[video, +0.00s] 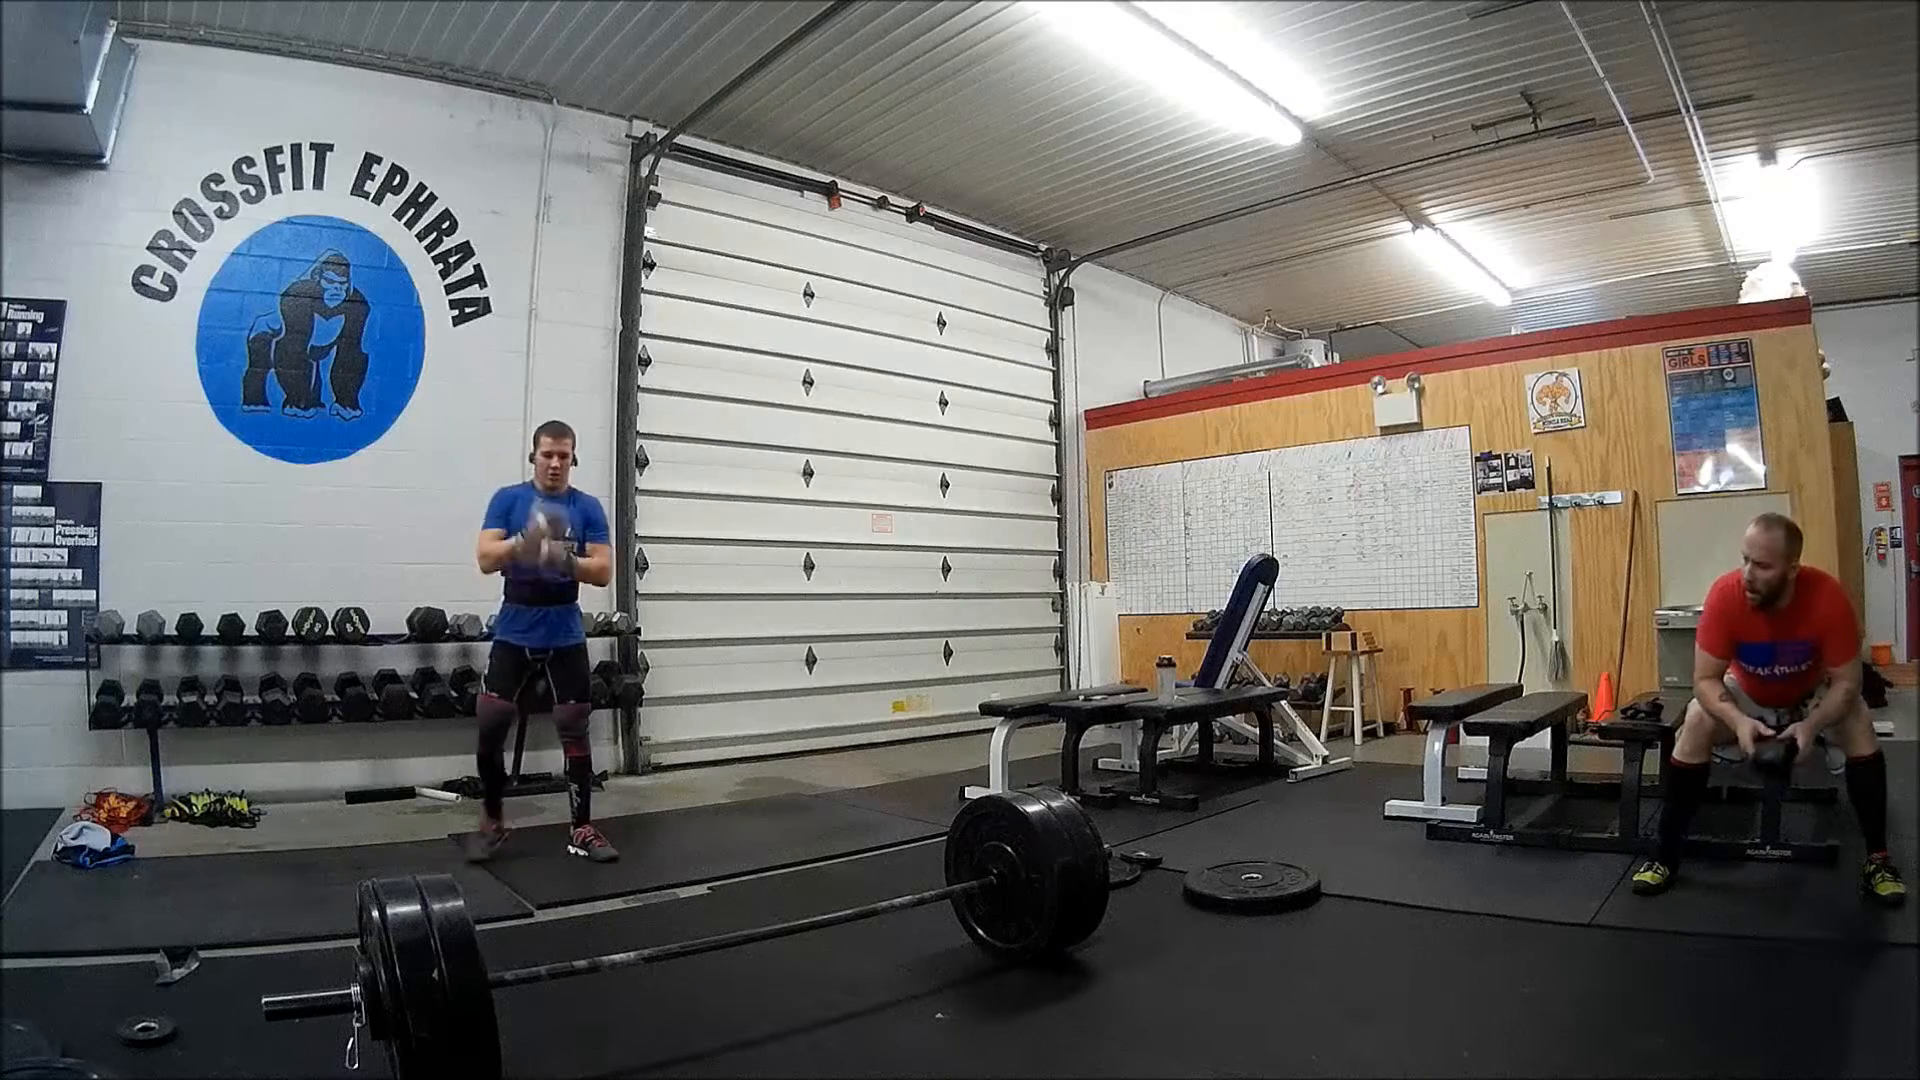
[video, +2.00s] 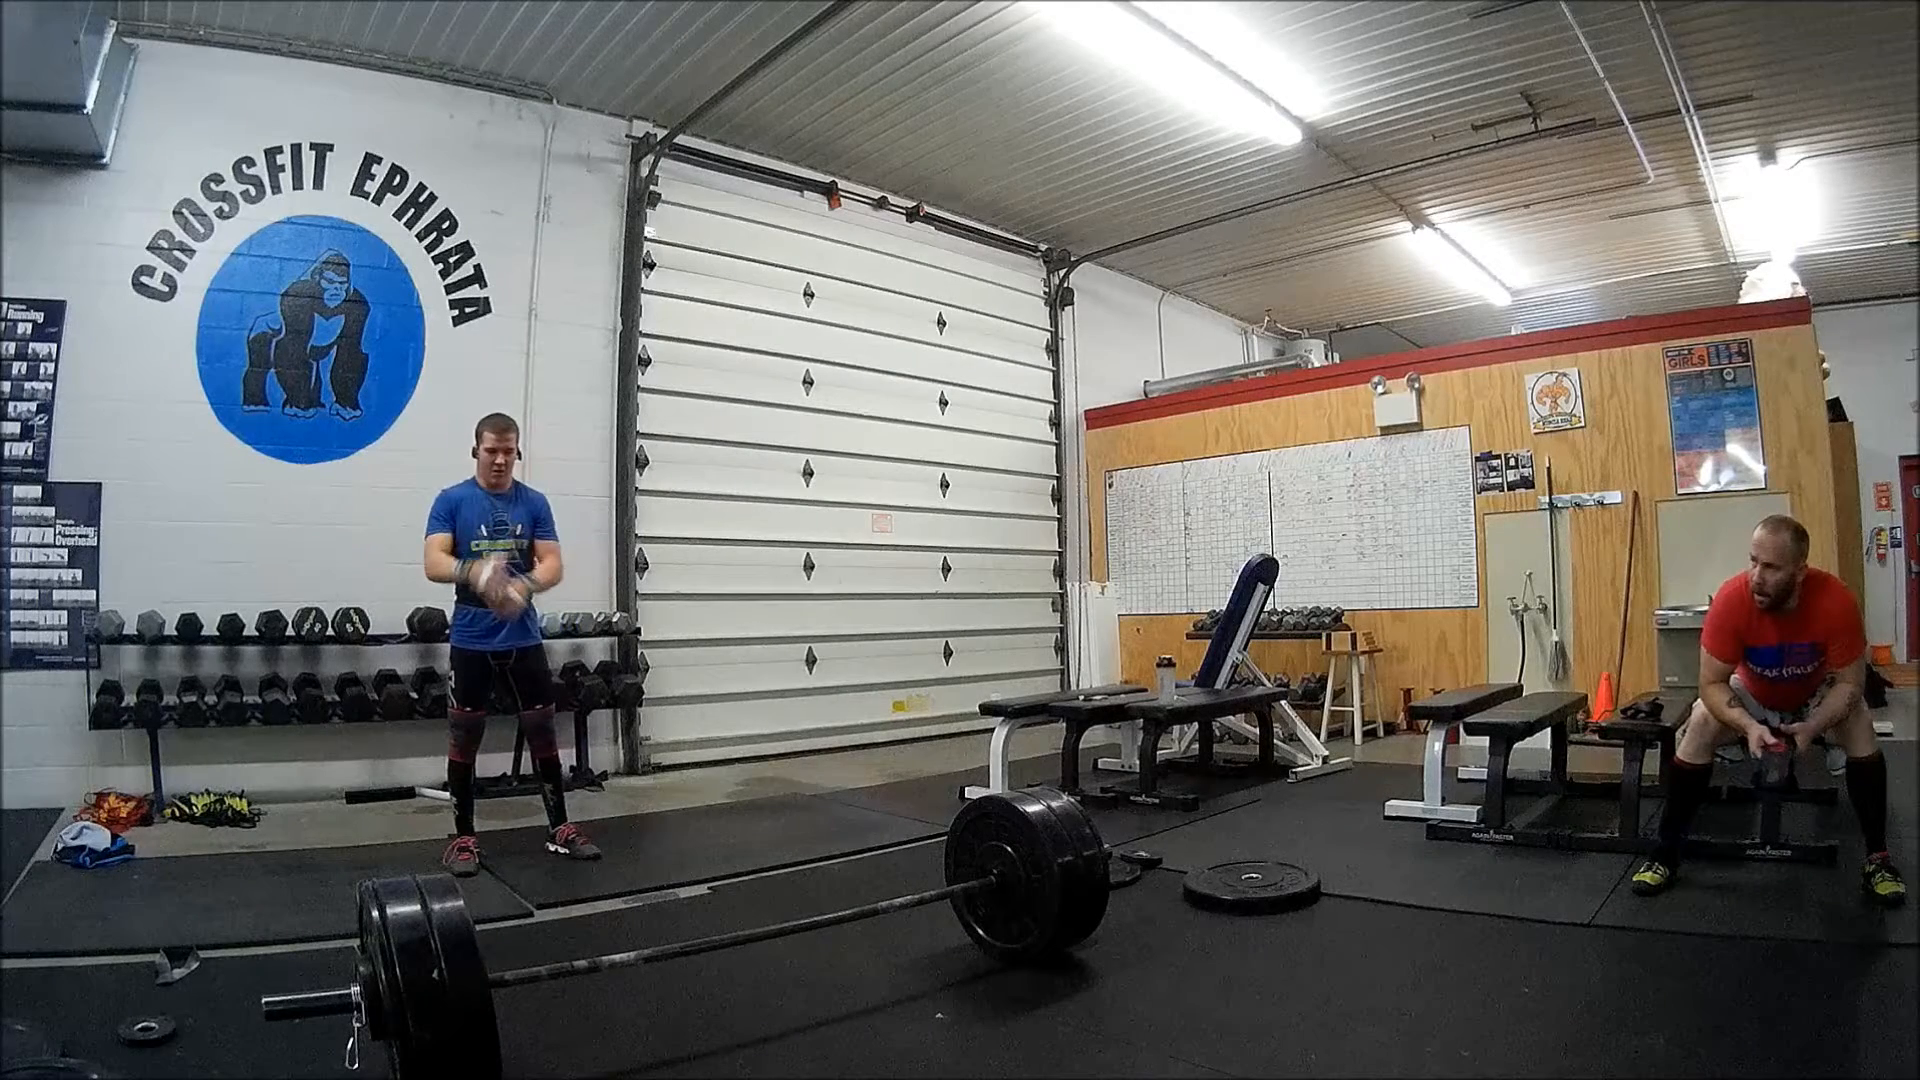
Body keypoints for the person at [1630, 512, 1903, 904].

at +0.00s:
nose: (1748, 575)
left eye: (1762, 566)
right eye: (1746, 562)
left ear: (1793, 566)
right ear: (1742, 556)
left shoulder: (1826, 595)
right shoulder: (1725, 594)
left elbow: (1848, 682)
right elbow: (1705, 679)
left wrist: (1812, 724)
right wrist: (1738, 722)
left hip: (1812, 694)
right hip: (1747, 693)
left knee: (1858, 721)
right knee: (1696, 720)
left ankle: (1877, 860)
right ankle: (1665, 858)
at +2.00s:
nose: (1757, 577)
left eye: (1771, 567)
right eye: (1753, 563)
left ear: (1801, 568)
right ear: (1748, 558)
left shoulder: (1835, 601)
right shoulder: (1730, 599)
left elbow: (1850, 681)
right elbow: (1711, 683)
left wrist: (1812, 727)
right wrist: (1748, 726)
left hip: (1815, 695)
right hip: (1751, 694)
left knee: (1859, 723)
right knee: (1700, 721)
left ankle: (1878, 858)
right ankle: (1665, 856)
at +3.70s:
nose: (1753, 578)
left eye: (1766, 571)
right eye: (1750, 565)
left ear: (1797, 569)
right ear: (1746, 558)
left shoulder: (1833, 595)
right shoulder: (1729, 597)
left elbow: (1848, 683)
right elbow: (1704, 682)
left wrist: (1807, 723)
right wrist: (1743, 718)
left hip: (1814, 695)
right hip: (1749, 694)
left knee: (1853, 722)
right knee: (1697, 720)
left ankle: (1871, 859)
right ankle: (1664, 856)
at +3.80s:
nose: (1752, 578)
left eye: (1766, 571)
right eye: (1750, 565)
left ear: (1797, 569)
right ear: (1745, 558)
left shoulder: (1833, 595)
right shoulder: (1729, 597)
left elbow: (1848, 683)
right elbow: (1704, 683)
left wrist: (1806, 723)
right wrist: (1742, 718)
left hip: (1814, 695)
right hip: (1749, 693)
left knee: (1853, 722)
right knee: (1697, 721)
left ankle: (1871, 859)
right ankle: (1664, 856)